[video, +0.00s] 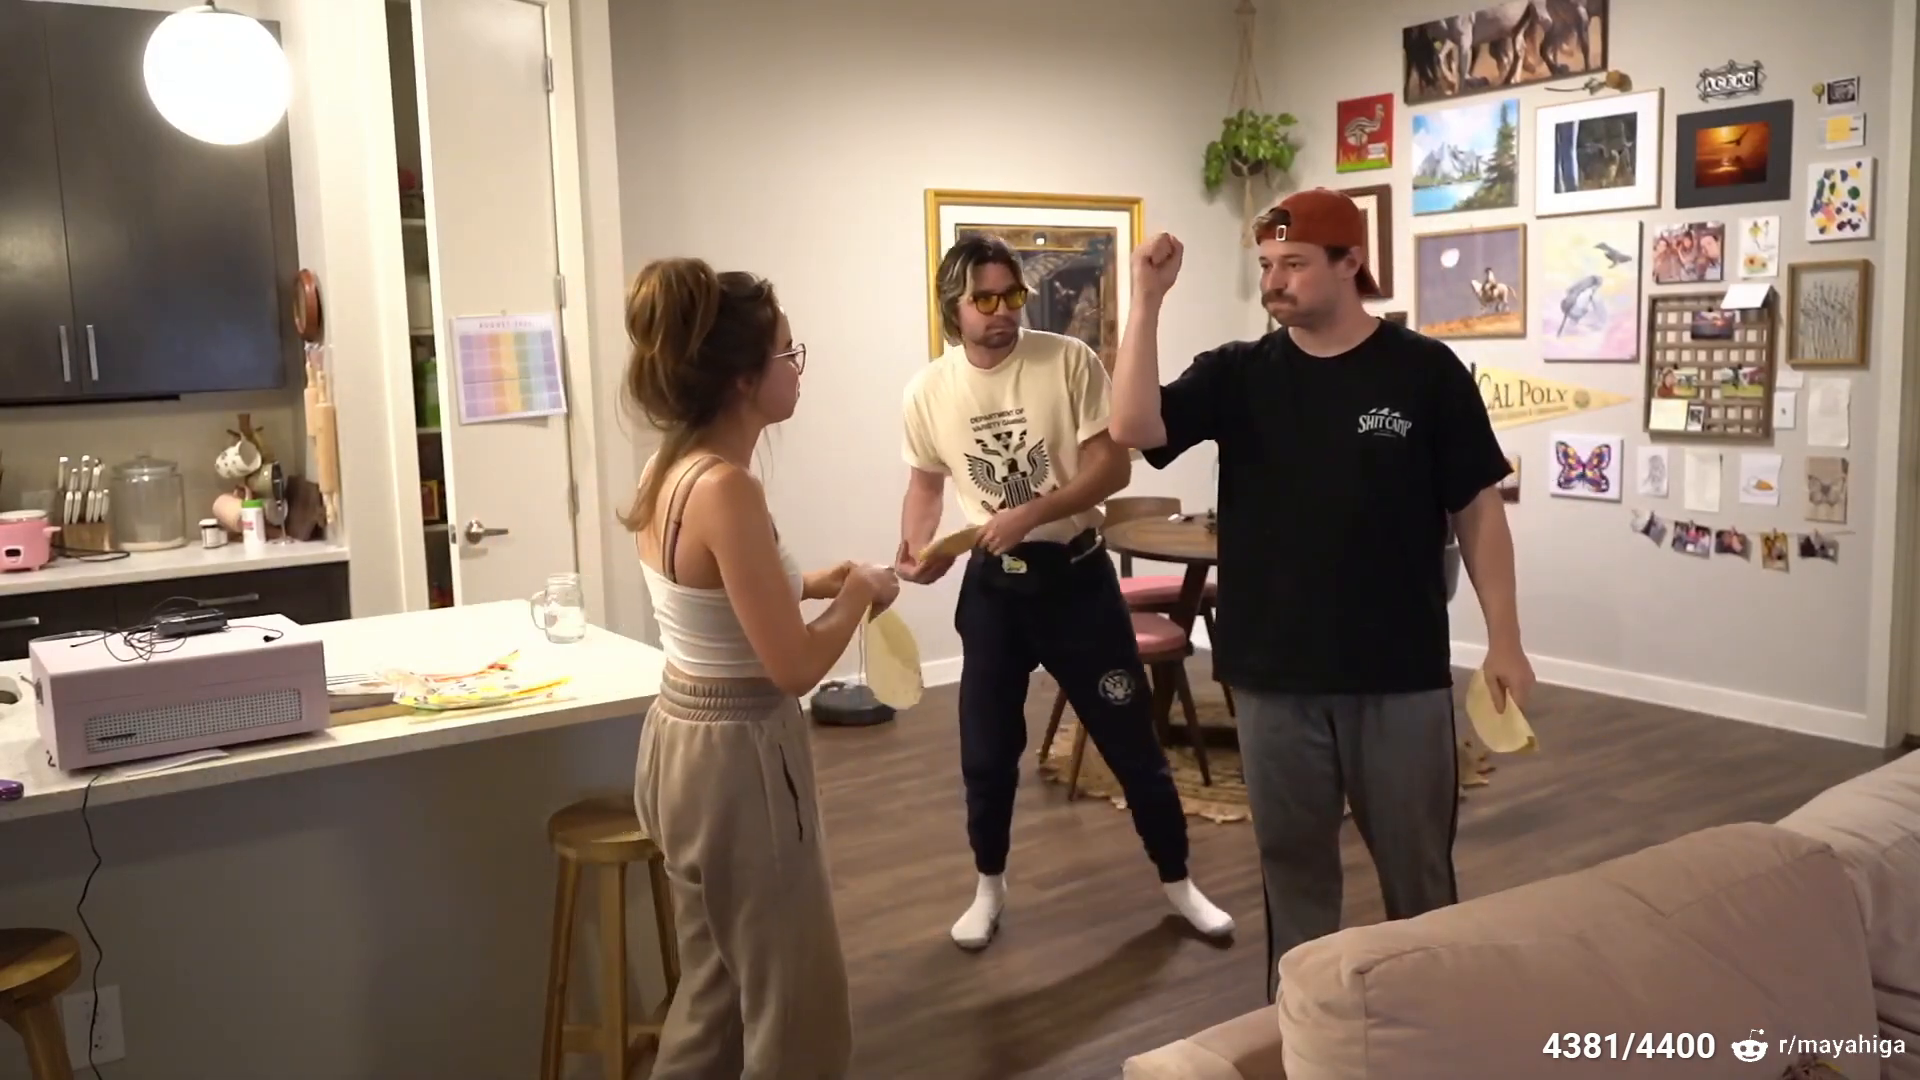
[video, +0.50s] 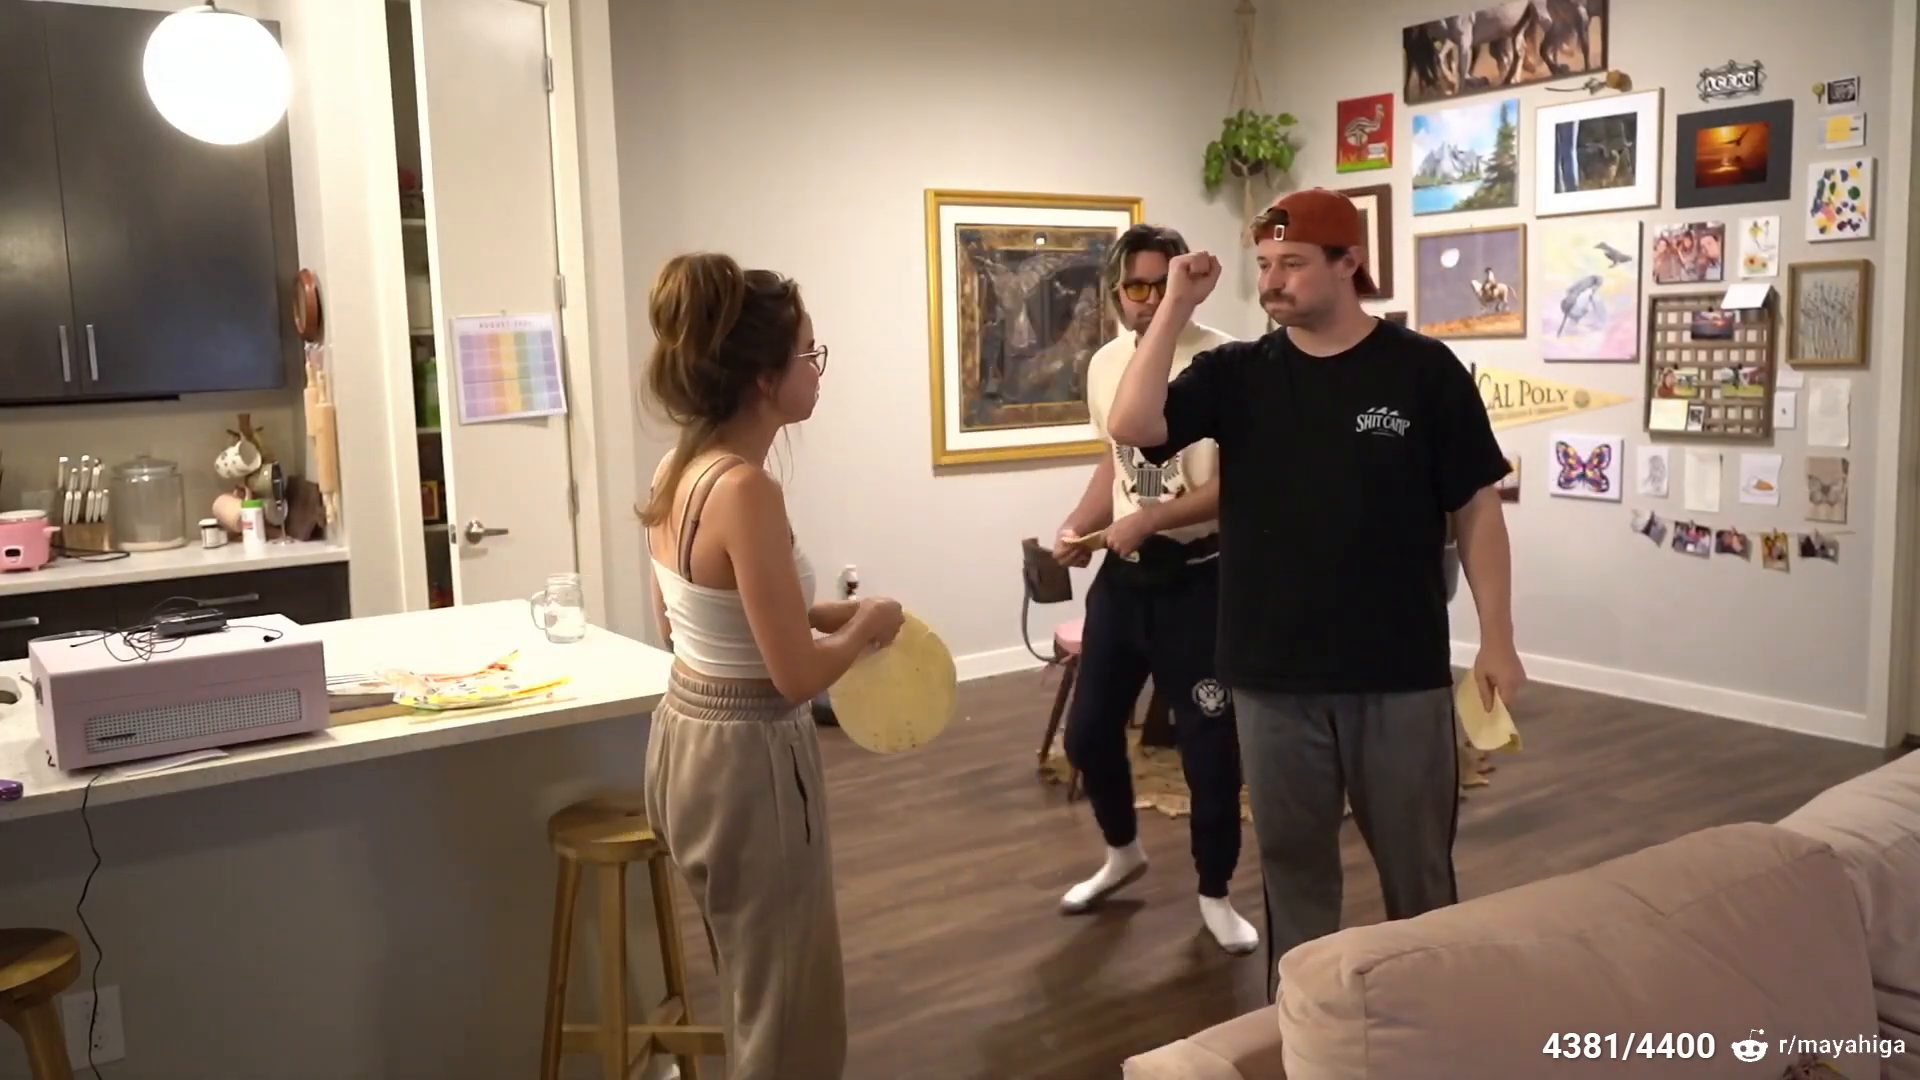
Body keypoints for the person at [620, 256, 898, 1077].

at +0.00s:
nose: (802, 364)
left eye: (795, 348)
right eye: (788, 353)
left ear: (729, 380)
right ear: (744, 381)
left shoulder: (672, 475)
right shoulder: (725, 488)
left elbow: (724, 609)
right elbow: (795, 667)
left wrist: (827, 583)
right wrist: (858, 597)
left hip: (679, 739)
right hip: (741, 756)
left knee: (711, 991)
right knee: (796, 997)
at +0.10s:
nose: (812, 367)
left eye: (806, 351)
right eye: (798, 355)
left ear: (740, 378)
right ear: (753, 379)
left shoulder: (678, 474)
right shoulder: (735, 489)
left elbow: (715, 609)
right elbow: (799, 669)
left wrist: (819, 586)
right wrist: (866, 606)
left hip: (686, 741)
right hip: (747, 757)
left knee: (725, 989)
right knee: (796, 998)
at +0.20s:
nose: (818, 366)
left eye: (812, 350)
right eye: (805, 355)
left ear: (744, 380)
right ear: (761, 381)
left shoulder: (682, 474)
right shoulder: (740, 492)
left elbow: (720, 590)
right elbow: (798, 677)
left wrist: (825, 592)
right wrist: (869, 619)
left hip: (690, 742)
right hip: (749, 759)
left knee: (742, 995)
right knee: (796, 1009)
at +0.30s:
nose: (822, 366)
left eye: (815, 350)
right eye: (808, 355)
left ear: (746, 382)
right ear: (763, 383)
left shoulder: (687, 474)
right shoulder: (744, 492)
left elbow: (719, 603)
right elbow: (793, 679)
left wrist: (817, 606)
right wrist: (867, 626)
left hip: (691, 744)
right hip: (750, 762)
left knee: (752, 998)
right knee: (795, 1010)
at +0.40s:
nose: (823, 364)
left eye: (816, 348)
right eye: (809, 354)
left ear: (747, 381)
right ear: (762, 382)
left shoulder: (687, 474)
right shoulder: (745, 490)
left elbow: (696, 626)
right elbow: (791, 679)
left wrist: (812, 620)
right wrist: (861, 631)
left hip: (690, 741)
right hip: (749, 761)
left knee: (758, 997)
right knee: (791, 1010)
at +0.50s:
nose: (822, 366)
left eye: (816, 349)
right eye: (808, 354)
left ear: (746, 378)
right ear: (762, 379)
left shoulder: (683, 474)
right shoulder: (745, 489)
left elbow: (689, 624)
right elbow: (794, 677)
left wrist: (820, 620)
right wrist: (864, 631)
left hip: (689, 743)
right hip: (748, 762)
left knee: (759, 996)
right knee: (791, 1010)